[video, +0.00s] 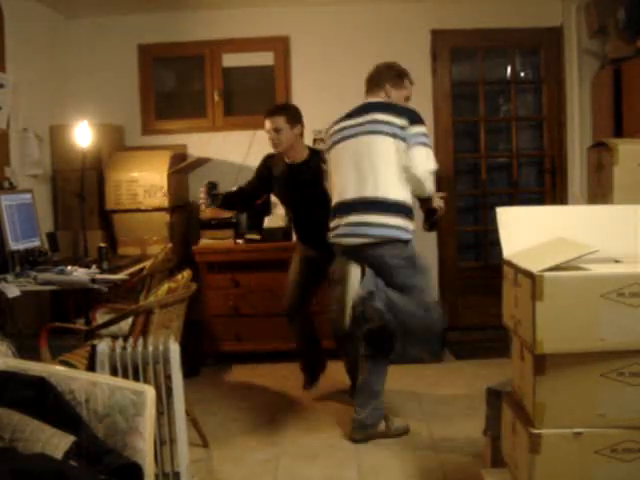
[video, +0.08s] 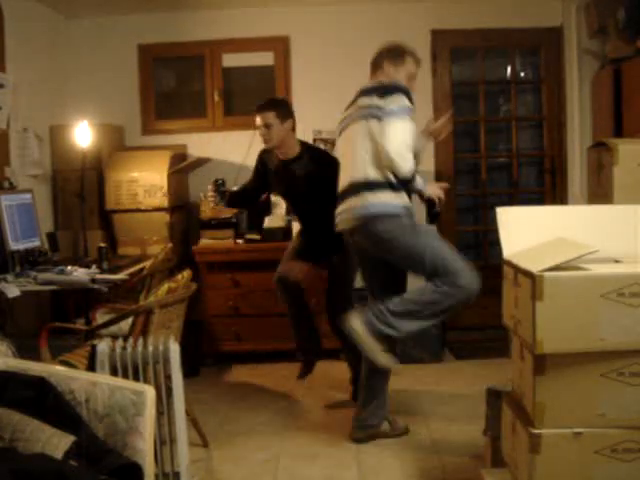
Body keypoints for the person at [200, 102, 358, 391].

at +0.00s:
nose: (272, 137)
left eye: (278, 131)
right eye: (269, 131)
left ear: (298, 130)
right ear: (267, 132)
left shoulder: (325, 163)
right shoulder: (272, 166)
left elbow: (347, 195)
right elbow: (249, 196)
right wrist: (218, 200)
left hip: (340, 245)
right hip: (308, 245)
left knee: (341, 314)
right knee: (294, 305)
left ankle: (358, 377)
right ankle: (313, 363)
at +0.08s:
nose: (262, 133)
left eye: (268, 126)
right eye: (259, 127)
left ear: (289, 125)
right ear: (260, 129)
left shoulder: (323, 163)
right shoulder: (268, 161)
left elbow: (325, 219)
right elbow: (251, 196)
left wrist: (307, 259)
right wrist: (226, 197)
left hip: (338, 235)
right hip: (308, 234)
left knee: (338, 310)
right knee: (286, 279)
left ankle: (360, 378)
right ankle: (309, 348)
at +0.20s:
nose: (256, 138)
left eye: (262, 132)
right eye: (253, 132)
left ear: (284, 131)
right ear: (254, 133)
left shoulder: (307, 171)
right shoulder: (267, 164)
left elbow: (297, 233)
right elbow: (260, 205)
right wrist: (230, 204)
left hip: (342, 238)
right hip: (309, 237)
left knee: (332, 308)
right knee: (297, 305)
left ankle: (367, 361)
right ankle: (304, 377)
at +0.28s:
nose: (255, 146)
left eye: (261, 139)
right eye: (252, 140)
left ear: (282, 137)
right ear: (253, 140)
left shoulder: (304, 178)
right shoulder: (268, 172)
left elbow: (278, 233)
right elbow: (261, 209)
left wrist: (228, 265)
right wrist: (238, 207)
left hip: (341, 248)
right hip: (309, 247)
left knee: (337, 323)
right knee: (296, 316)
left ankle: (377, 373)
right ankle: (311, 387)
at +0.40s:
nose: (244, 147)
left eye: (249, 140)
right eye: (242, 140)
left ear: (271, 137)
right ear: (261, 139)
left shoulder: (296, 174)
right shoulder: (265, 169)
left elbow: (274, 238)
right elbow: (263, 206)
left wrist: (225, 271)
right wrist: (238, 207)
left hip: (336, 237)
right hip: (308, 238)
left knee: (311, 308)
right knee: (301, 309)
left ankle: (365, 342)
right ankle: (311, 386)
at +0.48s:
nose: (242, 147)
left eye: (247, 139)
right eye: (239, 139)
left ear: (269, 136)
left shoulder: (292, 173)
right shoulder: (264, 168)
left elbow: (276, 239)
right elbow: (264, 201)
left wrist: (233, 273)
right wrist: (232, 208)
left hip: (335, 232)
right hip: (310, 232)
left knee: (307, 300)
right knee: (304, 300)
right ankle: (313, 383)